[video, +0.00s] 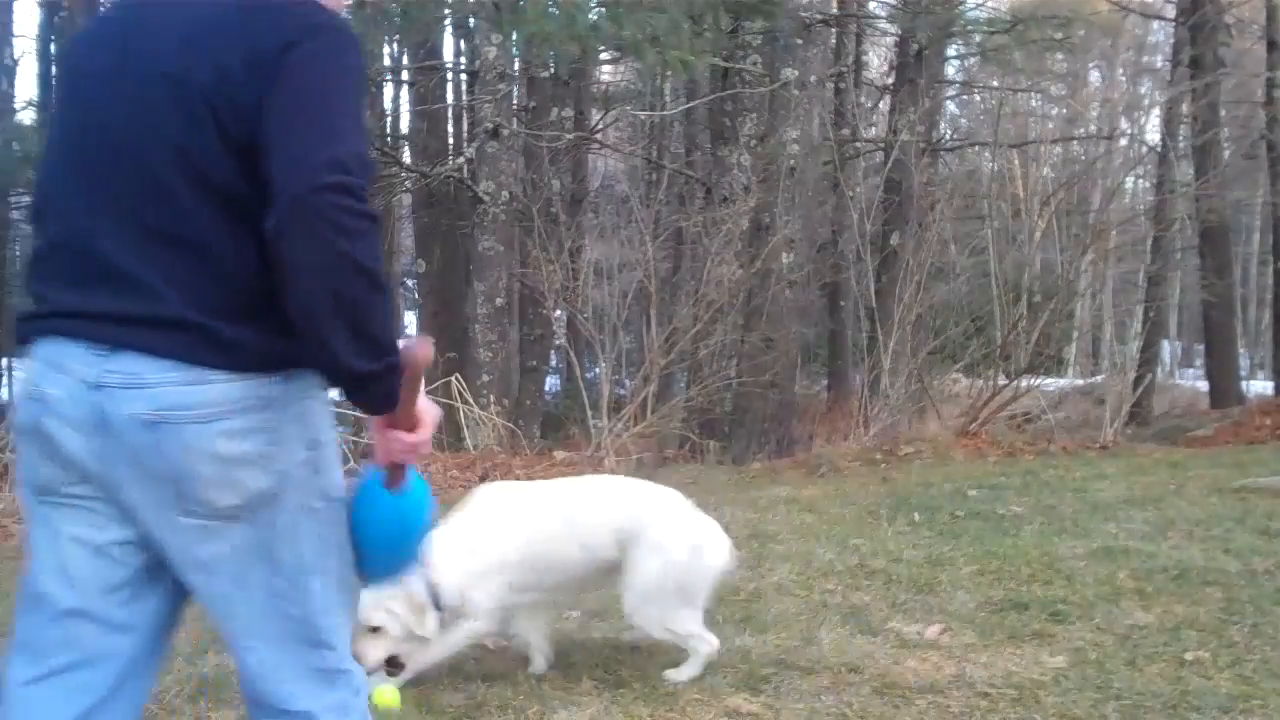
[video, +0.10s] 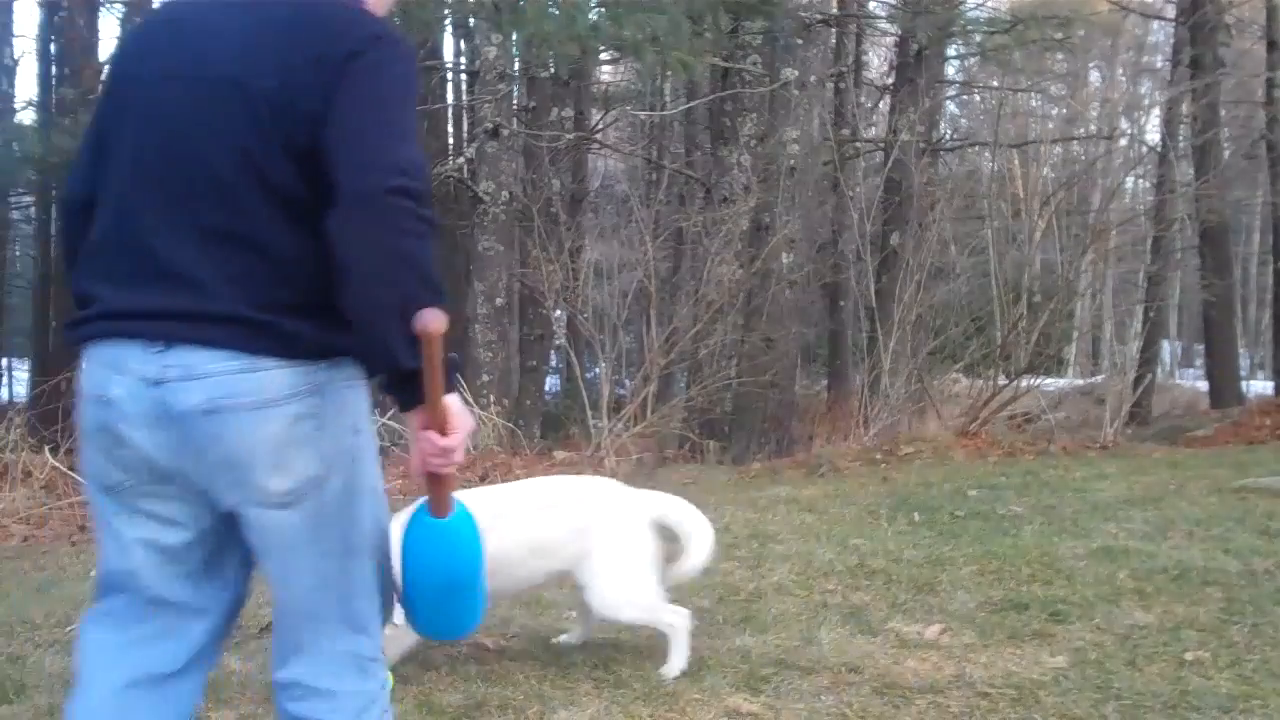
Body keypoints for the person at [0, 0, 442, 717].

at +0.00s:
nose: (348, 5)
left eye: (351, 4)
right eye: (347, 1)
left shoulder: (108, 27)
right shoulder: (307, 35)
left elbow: (63, 210)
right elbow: (318, 214)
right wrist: (383, 382)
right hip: (224, 399)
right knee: (309, 683)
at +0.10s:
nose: (393, 10)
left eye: (395, 6)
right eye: (393, 4)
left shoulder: (158, 30)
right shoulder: (362, 41)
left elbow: (82, 198)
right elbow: (379, 211)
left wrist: (117, 324)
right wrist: (427, 391)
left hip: (118, 372)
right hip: (277, 381)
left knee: (143, 623)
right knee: (331, 642)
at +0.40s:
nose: (441, 16)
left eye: (443, 12)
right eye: (441, 12)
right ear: (422, 4)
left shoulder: (228, 41)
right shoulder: (440, 56)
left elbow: (144, 189)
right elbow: (492, 216)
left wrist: (198, 297)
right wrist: (499, 361)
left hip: (208, 355)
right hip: (355, 357)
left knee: (222, 593)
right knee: (357, 602)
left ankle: (225, 714)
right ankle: (352, 711)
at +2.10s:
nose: (557, 119)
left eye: (567, 108)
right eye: (555, 99)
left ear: (523, 85)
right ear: (516, 74)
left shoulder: (491, 146)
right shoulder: (449, 113)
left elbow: (483, 267)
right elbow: (382, 192)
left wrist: (513, 336)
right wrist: (437, 290)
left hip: (428, 342)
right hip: (382, 334)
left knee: (463, 507)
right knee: (434, 511)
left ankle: (433, 656)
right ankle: (332, 647)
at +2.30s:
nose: (574, 98)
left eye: (585, 87)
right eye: (565, 80)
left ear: (589, 86)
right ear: (525, 60)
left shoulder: (550, 156)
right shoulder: (457, 113)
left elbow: (547, 256)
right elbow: (376, 186)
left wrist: (562, 331)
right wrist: (438, 274)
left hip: (485, 338)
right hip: (414, 326)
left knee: (457, 489)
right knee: (496, 476)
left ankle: (428, 652)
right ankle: (478, 660)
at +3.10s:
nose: (625, 40)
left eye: (640, 24)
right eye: (608, 24)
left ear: (663, 20)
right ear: (581, 21)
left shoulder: (705, 110)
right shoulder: (530, 103)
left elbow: (750, 213)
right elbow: (475, 200)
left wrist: (732, 275)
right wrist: (543, 218)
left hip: (679, 358)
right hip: (562, 359)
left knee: (692, 524)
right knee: (567, 534)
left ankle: (689, 677)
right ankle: (576, 685)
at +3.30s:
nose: (655, 26)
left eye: (672, 10)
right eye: (637, 12)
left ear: (697, 16)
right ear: (614, 19)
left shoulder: (748, 112)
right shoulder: (565, 106)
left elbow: (802, 223)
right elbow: (510, 206)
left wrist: (772, 285)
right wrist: (550, 235)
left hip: (720, 372)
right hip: (596, 376)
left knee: (742, 552)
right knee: (593, 569)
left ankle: (761, 710)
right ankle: (583, 714)